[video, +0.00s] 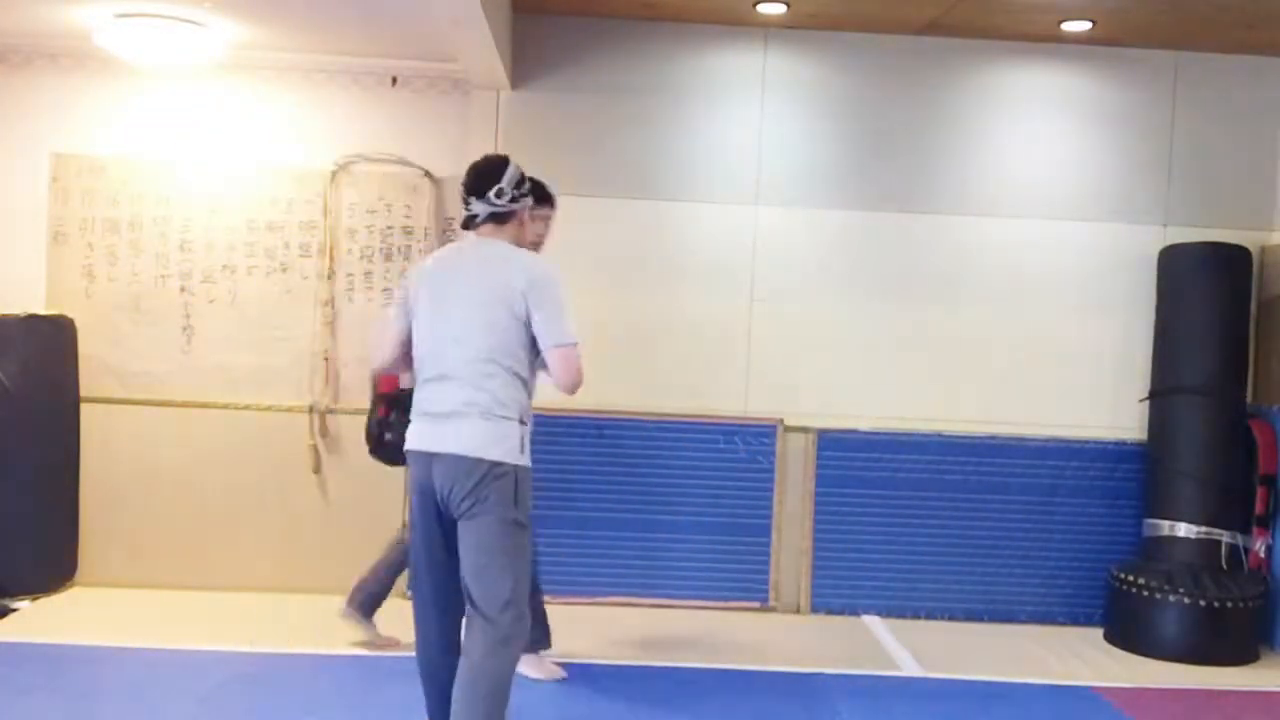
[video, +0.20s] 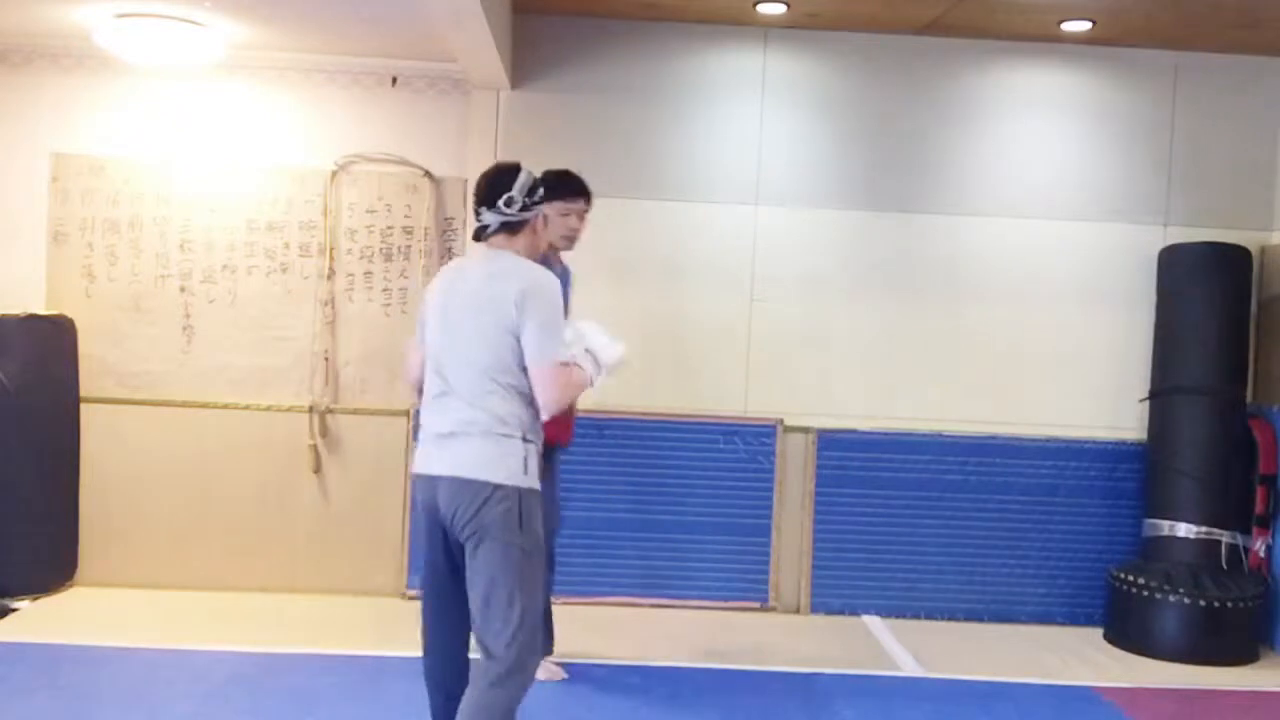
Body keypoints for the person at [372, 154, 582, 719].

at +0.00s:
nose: (538, 225)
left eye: (540, 214)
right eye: (534, 213)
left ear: (469, 207)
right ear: (517, 209)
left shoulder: (427, 269)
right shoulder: (529, 270)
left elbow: (384, 359)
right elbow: (568, 377)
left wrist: (441, 351)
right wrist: (527, 341)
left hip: (423, 459)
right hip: (488, 462)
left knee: (434, 611)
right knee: (498, 619)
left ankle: (444, 712)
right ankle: (473, 713)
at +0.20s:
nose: (556, 228)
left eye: (557, 218)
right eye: (552, 217)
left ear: (488, 218)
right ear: (533, 219)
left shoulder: (444, 280)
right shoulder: (534, 282)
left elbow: (417, 373)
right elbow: (551, 399)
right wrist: (587, 363)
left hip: (432, 482)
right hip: (495, 485)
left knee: (444, 636)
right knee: (509, 647)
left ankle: (447, 714)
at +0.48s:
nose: (580, 219)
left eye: (580, 206)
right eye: (580, 205)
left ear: (512, 204)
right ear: (565, 207)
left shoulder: (470, 269)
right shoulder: (537, 278)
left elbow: (474, 386)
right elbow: (547, 400)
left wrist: (572, 380)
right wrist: (597, 369)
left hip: (456, 479)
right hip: (506, 491)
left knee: (498, 658)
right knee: (504, 668)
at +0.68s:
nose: (587, 214)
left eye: (586, 201)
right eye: (586, 200)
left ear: (525, 201)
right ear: (570, 203)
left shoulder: (492, 266)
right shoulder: (536, 282)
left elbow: (508, 356)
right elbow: (559, 405)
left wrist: (585, 342)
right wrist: (621, 362)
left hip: (489, 483)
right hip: (518, 494)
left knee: (520, 664)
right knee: (516, 674)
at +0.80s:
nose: (594, 211)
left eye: (592, 198)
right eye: (592, 198)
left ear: (529, 202)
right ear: (577, 201)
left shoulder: (494, 265)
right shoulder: (555, 280)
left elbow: (509, 364)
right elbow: (570, 400)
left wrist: (582, 334)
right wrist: (631, 368)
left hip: (489, 477)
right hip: (527, 490)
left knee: (566, 596)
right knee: (517, 662)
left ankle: (540, 710)